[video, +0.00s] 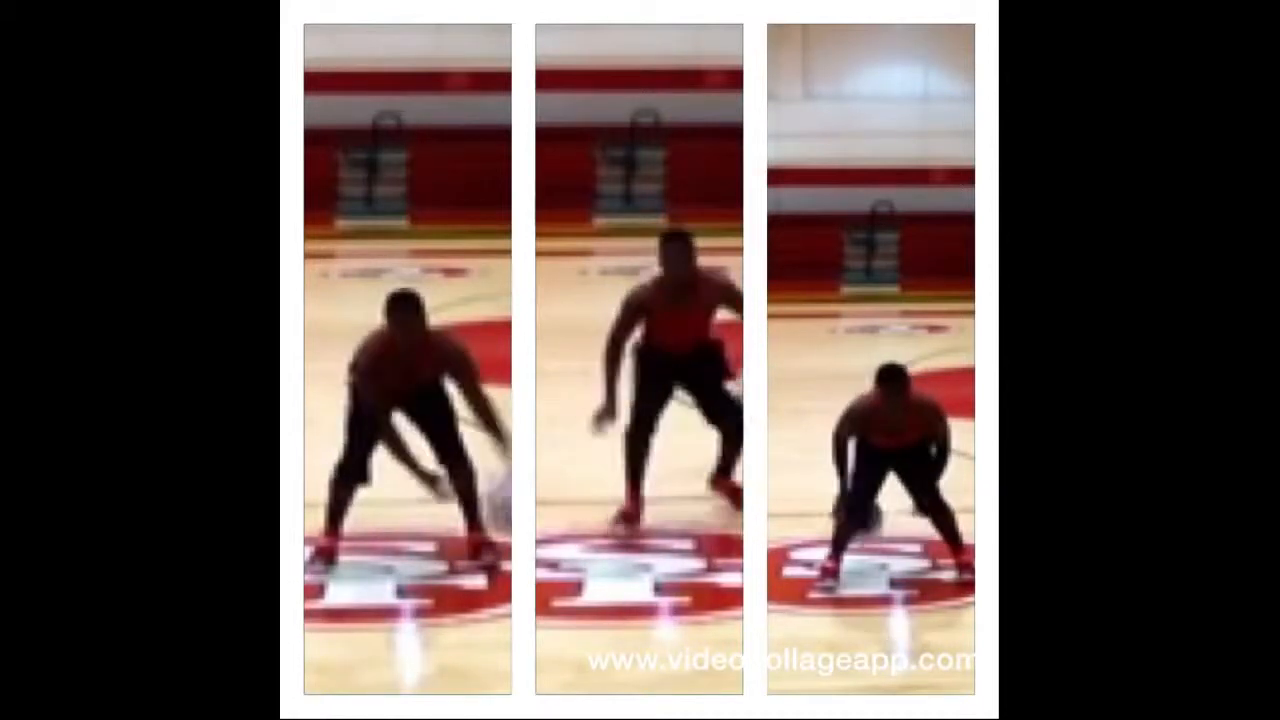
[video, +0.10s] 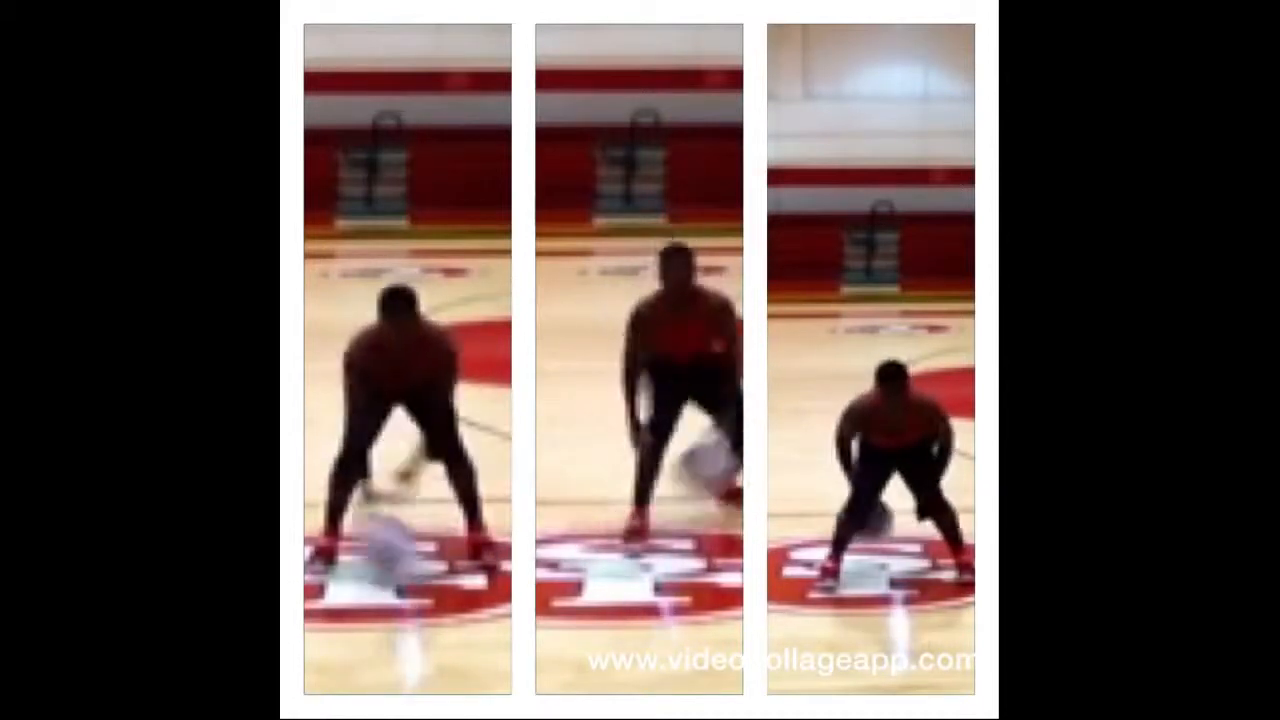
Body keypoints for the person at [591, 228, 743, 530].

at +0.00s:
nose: (675, 269)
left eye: (681, 260)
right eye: (668, 261)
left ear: (693, 259)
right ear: (660, 262)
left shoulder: (713, 288)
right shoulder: (645, 296)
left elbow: (754, 315)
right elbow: (615, 343)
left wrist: (752, 369)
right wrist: (609, 400)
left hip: (698, 359)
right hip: (656, 362)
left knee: (734, 422)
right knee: (638, 431)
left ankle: (722, 476)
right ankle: (633, 502)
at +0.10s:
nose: (678, 280)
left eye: (684, 272)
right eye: (671, 273)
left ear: (693, 272)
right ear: (661, 274)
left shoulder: (717, 308)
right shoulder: (646, 315)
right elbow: (630, 369)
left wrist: (735, 396)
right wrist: (633, 419)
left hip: (708, 374)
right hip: (666, 377)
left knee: (741, 430)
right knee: (652, 441)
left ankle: (726, 483)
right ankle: (640, 512)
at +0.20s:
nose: (676, 282)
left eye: (683, 274)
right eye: (670, 274)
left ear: (692, 274)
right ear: (660, 276)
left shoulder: (714, 312)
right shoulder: (646, 315)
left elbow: (725, 360)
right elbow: (637, 365)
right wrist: (632, 411)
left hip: (711, 382)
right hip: (671, 385)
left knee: (738, 443)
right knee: (658, 444)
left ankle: (725, 483)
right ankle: (640, 512)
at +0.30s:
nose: (671, 270)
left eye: (678, 263)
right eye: (665, 262)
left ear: (690, 262)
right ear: (656, 262)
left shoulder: (712, 300)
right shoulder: (644, 292)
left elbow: (737, 339)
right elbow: (629, 323)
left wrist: (732, 377)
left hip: (712, 361)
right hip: (668, 361)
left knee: (735, 426)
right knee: (651, 432)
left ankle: (727, 476)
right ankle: (637, 505)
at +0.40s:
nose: (671, 269)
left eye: (678, 262)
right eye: (666, 261)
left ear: (690, 261)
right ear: (657, 259)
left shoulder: (714, 296)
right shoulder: (641, 285)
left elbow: (739, 340)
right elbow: (613, 318)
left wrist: (739, 382)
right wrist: (586, 356)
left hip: (708, 357)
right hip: (664, 354)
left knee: (725, 424)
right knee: (639, 426)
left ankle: (746, 495)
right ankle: (641, 500)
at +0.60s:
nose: (680, 277)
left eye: (686, 269)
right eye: (674, 269)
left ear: (696, 270)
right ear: (665, 271)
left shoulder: (716, 308)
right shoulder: (648, 309)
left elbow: (733, 362)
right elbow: (643, 360)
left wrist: (736, 407)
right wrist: (639, 396)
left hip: (701, 381)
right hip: (656, 379)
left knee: (713, 438)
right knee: (616, 430)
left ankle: (739, 507)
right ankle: (638, 499)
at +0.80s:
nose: (691, 263)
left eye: (696, 255)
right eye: (683, 256)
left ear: (706, 254)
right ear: (673, 258)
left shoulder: (727, 281)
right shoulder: (659, 292)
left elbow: (758, 302)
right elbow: (631, 337)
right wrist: (628, 389)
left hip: (714, 351)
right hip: (669, 354)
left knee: (742, 417)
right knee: (644, 421)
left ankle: (740, 491)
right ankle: (641, 497)